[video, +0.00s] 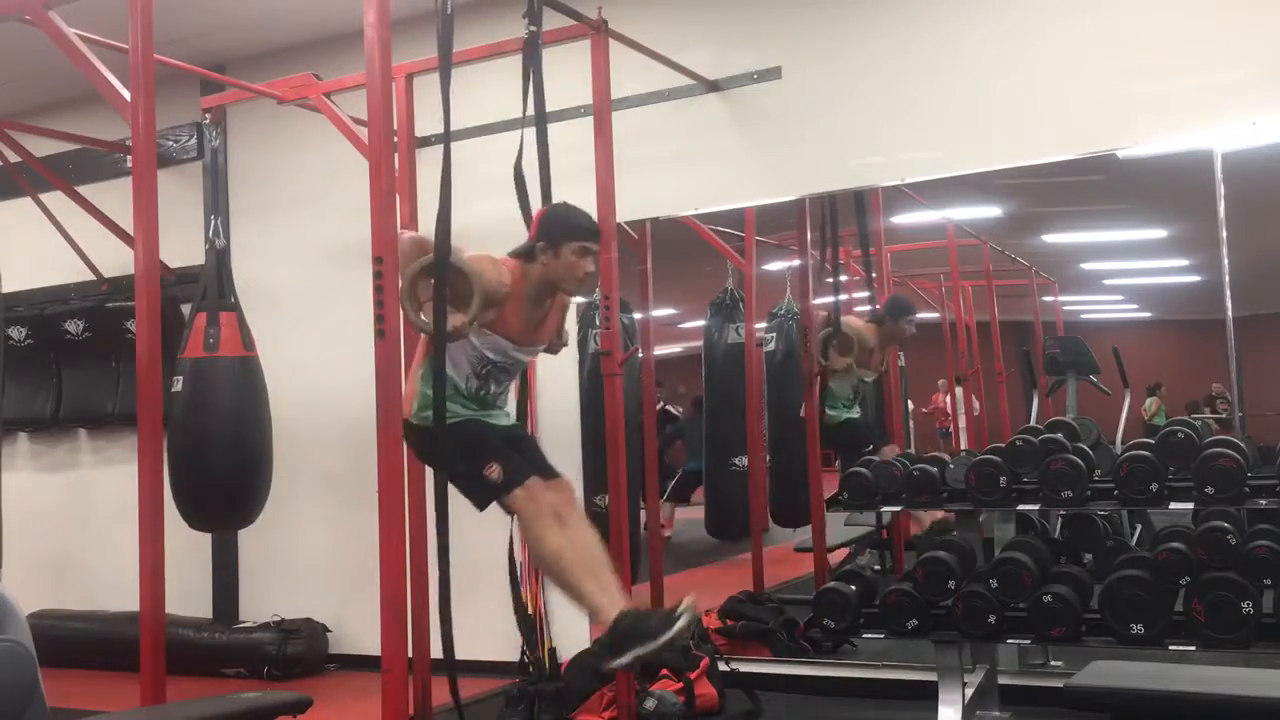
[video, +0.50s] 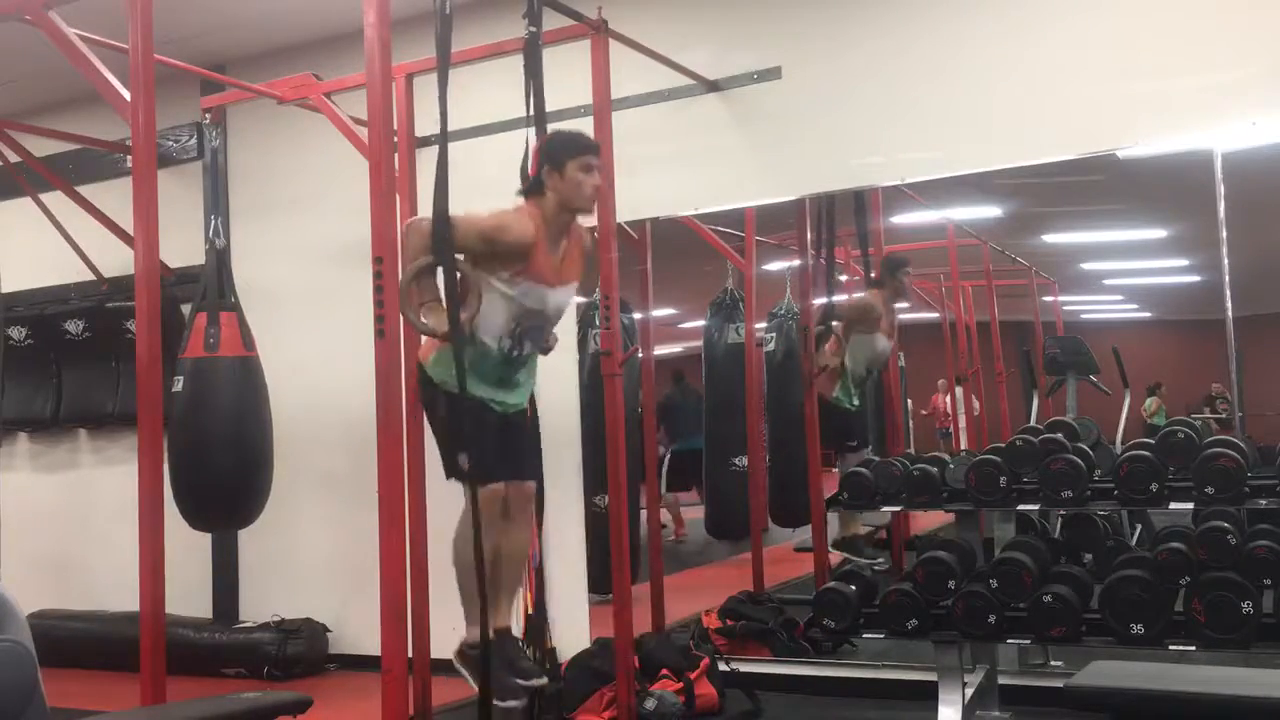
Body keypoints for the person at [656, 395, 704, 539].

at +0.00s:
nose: (687, 410)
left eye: (689, 407)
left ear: (692, 408)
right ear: (707, 408)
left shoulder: (687, 423)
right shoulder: (714, 422)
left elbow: (668, 436)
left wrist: (661, 452)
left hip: (694, 466)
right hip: (714, 465)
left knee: (670, 497)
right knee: (721, 496)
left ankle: (667, 528)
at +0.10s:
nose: (685, 407)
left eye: (687, 404)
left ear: (692, 405)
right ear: (705, 404)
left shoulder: (690, 419)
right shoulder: (713, 417)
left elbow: (670, 432)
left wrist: (664, 451)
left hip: (696, 462)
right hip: (713, 461)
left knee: (668, 496)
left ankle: (676, 527)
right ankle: (677, 525)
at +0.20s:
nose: (676, 404)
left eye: (680, 401)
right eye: (678, 401)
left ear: (687, 402)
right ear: (699, 402)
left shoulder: (682, 417)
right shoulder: (707, 414)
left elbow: (662, 435)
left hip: (695, 461)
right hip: (712, 459)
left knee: (668, 499)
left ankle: (682, 529)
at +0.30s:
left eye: (676, 391)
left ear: (678, 391)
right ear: (692, 389)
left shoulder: (676, 409)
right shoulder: (703, 405)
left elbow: (660, 429)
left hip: (688, 457)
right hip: (707, 455)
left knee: (669, 499)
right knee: (713, 493)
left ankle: (682, 530)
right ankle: (723, 526)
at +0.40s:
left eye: (672, 386)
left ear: (673, 387)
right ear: (689, 385)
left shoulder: (669, 405)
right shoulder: (699, 401)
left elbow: (657, 426)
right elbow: (707, 423)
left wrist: (659, 449)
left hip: (680, 454)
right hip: (702, 452)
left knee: (670, 497)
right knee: (712, 490)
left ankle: (682, 530)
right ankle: (722, 523)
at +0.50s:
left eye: (674, 379)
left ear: (671, 381)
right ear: (686, 379)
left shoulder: (667, 400)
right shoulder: (698, 396)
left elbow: (656, 426)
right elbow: (706, 419)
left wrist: (663, 442)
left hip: (677, 450)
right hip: (700, 447)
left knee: (667, 492)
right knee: (702, 486)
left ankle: (679, 528)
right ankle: (715, 521)